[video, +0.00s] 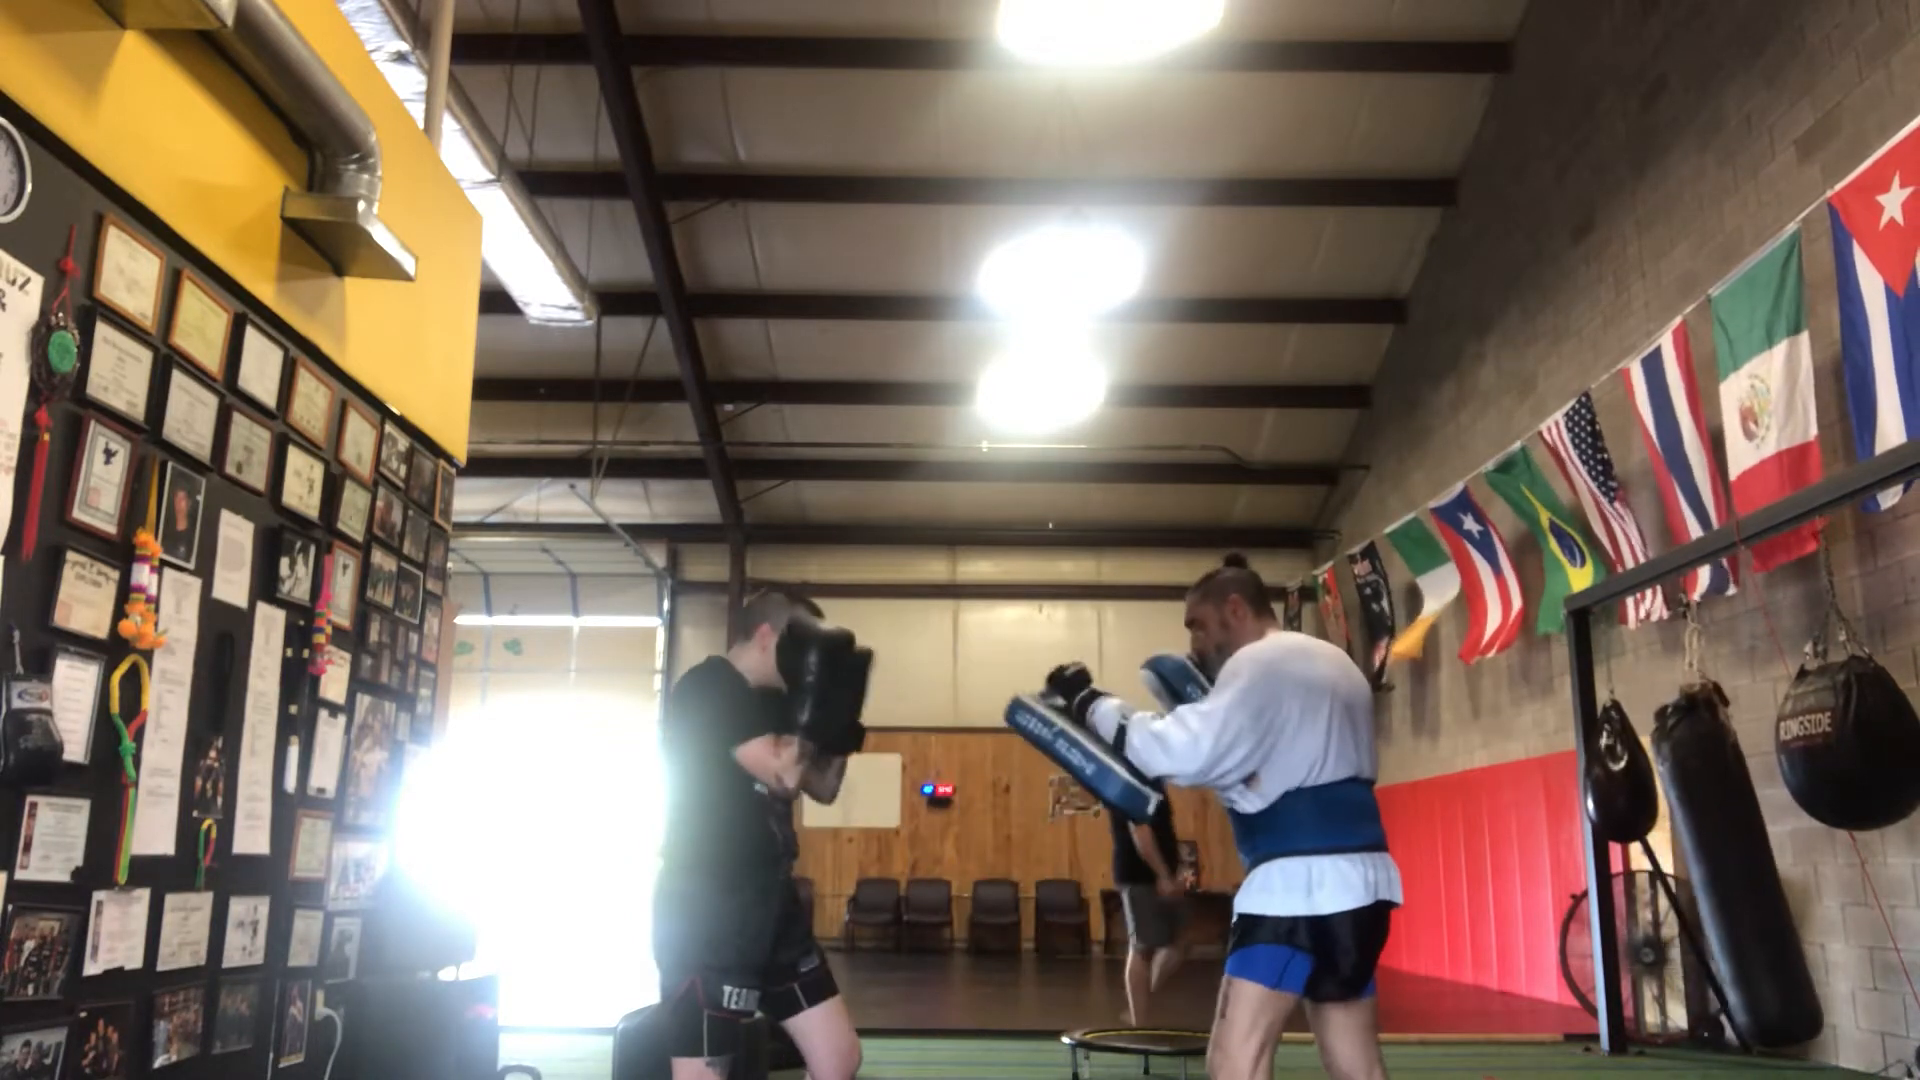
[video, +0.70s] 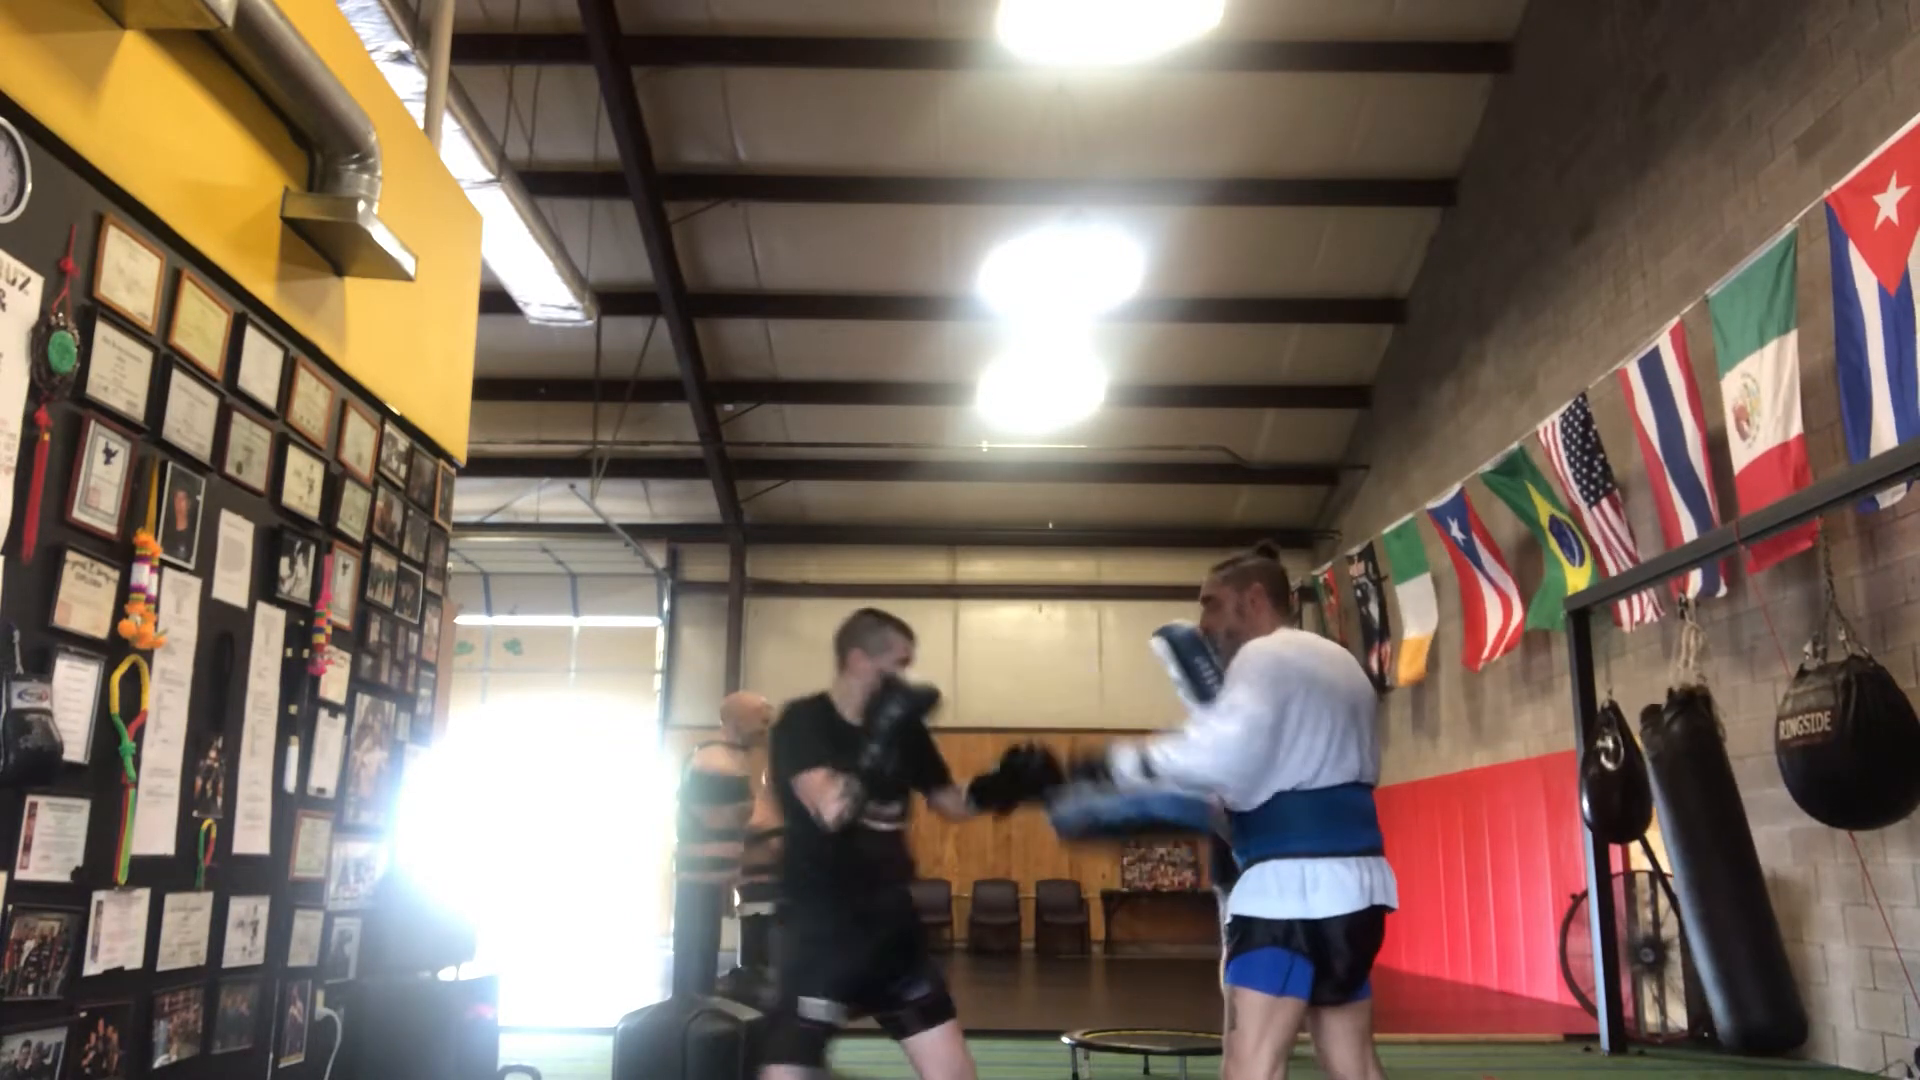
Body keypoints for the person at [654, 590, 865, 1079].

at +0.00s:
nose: (804, 659)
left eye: (810, 647)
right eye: (799, 645)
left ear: (767, 639)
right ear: (766, 635)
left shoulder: (778, 698)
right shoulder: (707, 685)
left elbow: (824, 787)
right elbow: (783, 773)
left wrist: (841, 701)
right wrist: (817, 692)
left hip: (772, 901)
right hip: (706, 905)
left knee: (838, 1057)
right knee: (701, 1070)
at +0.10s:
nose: (803, 659)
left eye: (810, 648)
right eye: (800, 645)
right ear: (767, 636)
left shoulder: (781, 702)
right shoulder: (708, 688)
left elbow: (842, 783)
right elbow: (777, 778)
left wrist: (879, 711)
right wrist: (812, 697)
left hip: (777, 907)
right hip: (710, 911)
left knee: (828, 1068)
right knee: (705, 1071)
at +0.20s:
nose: (811, 656)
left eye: (817, 646)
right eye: (806, 643)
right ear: (772, 636)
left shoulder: (790, 702)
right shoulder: (711, 691)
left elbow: (881, 754)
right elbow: (780, 778)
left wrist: (949, 710)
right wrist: (815, 699)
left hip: (784, 904)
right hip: (716, 908)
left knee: (838, 1068)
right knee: (709, 1071)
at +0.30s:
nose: (824, 654)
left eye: (829, 644)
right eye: (817, 641)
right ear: (782, 636)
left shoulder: (810, 698)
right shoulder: (725, 686)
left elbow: (907, 744)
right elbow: (790, 771)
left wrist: (973, 697)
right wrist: (826, 692)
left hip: (795, 900)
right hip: (725, 904)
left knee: (883, 1044)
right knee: (709, 1070)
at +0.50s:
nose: (851, 650)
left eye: (855, 641)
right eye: (843, 639)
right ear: (811, 632)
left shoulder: (847, 695)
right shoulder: (753, 687)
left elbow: (940, 714)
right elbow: (816, 764)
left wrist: (968, 646)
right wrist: (850, 683)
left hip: (834, 898)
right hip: (759, 905)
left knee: (942, 1021)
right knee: (731, 1070)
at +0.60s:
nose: (872, 660)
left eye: (876, 649)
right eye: (864, 647)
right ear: (831, 644)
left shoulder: (870, 703)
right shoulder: (771, 701)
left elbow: (941, 760)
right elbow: (825, 781)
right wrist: (866, 701)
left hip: (860, 912)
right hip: (782, 916)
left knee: (942, 1054)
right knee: (753, 1071)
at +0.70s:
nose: (904, 676)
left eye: (906, 665)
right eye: (896, 664)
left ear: (867, 663)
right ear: (857, 660)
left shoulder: (900, 723)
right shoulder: (800, 722)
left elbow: (950, 802)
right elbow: (832, 811)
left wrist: (1006, 784)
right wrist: (882, 734)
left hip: (889, 923)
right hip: (819, 926)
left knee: (952, 1069)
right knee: (788, 1068)